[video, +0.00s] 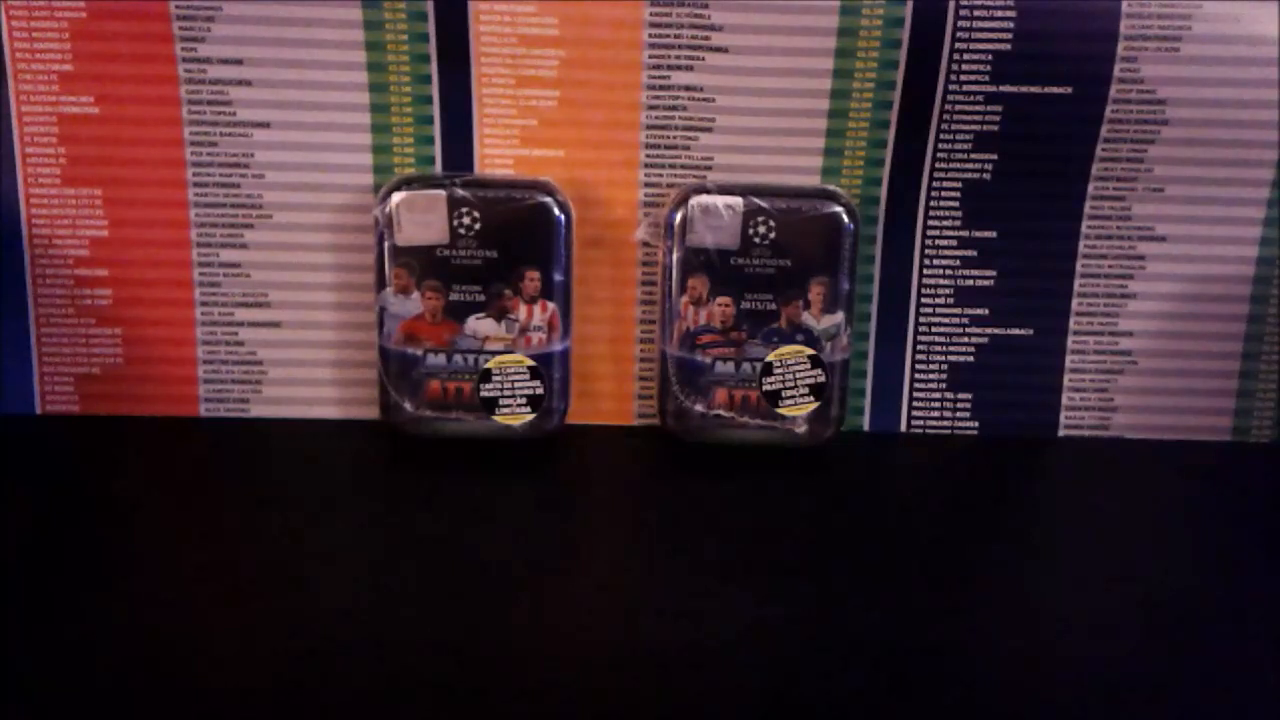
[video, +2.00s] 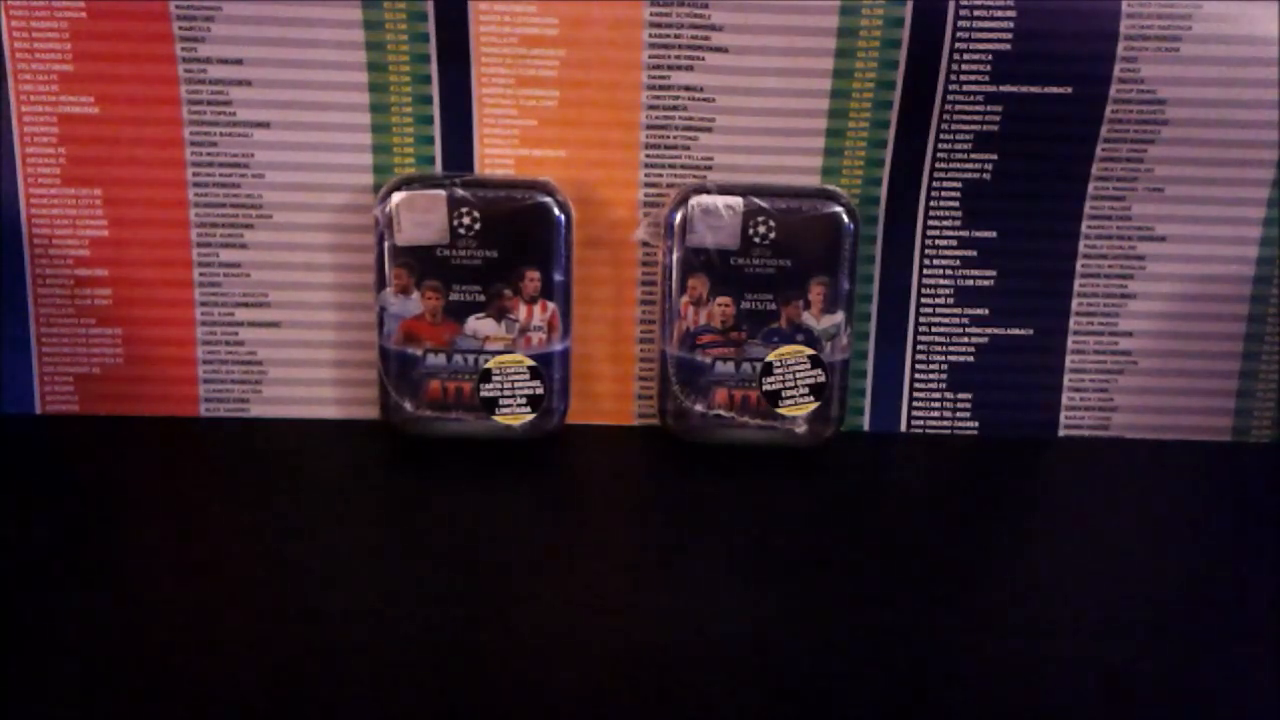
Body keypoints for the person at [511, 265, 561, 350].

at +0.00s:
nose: (536, 285)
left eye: (539, 280)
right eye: (531, 280)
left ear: (541, 283)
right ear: (521, 284)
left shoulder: (551, 308)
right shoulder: (512, 306)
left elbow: (556, 338)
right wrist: (520, 329)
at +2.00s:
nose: (536, 285)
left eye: (539, 281)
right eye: (531, 280)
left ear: (541, 283)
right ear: (521, 284)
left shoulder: (551, 308)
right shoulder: (512, 306)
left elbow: (556, 337)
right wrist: (521, 329)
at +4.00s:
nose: (536, 285)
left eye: (538, 281)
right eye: (531, 281)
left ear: (541, 283)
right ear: (521, 284)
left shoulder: (551, 308)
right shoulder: (511, 306)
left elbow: (556, 337)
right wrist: (520, 329)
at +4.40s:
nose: (536, 285)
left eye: (538, 281)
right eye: (531, 280)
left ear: (541, 283)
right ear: (521, 284)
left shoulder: (551, 308)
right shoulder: (511, 306)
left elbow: (556, 338)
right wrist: (520, 329)